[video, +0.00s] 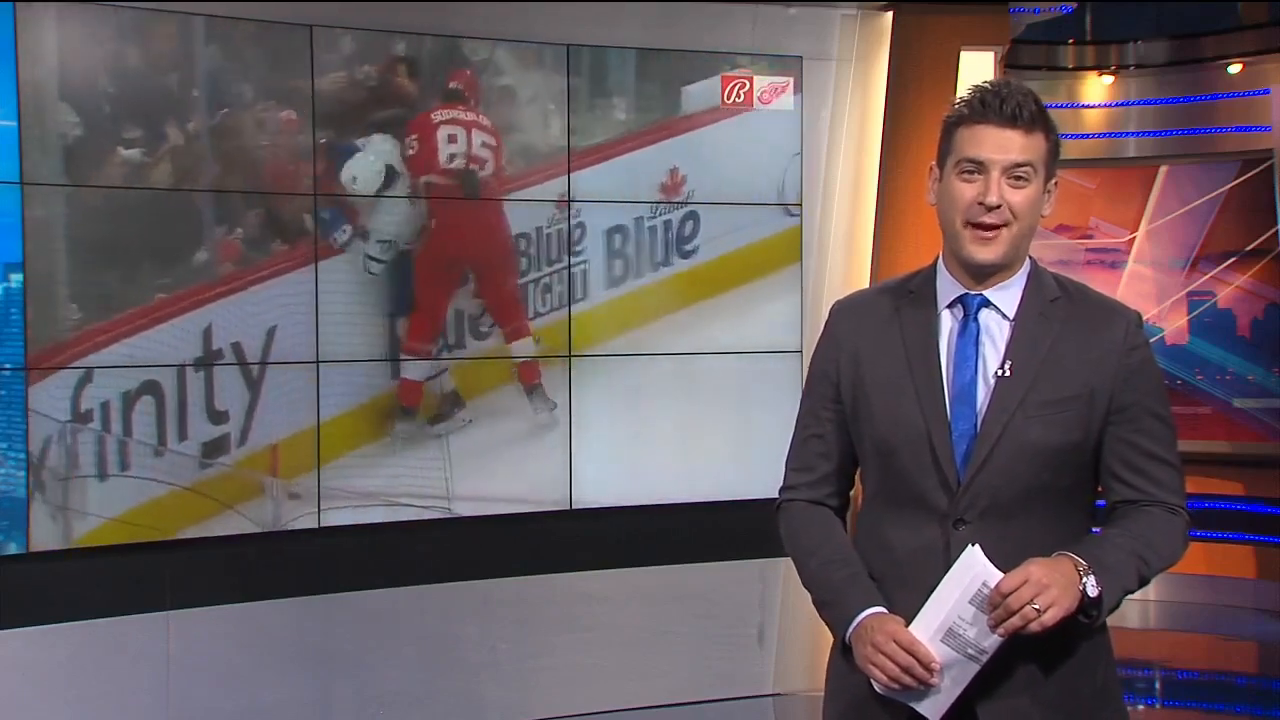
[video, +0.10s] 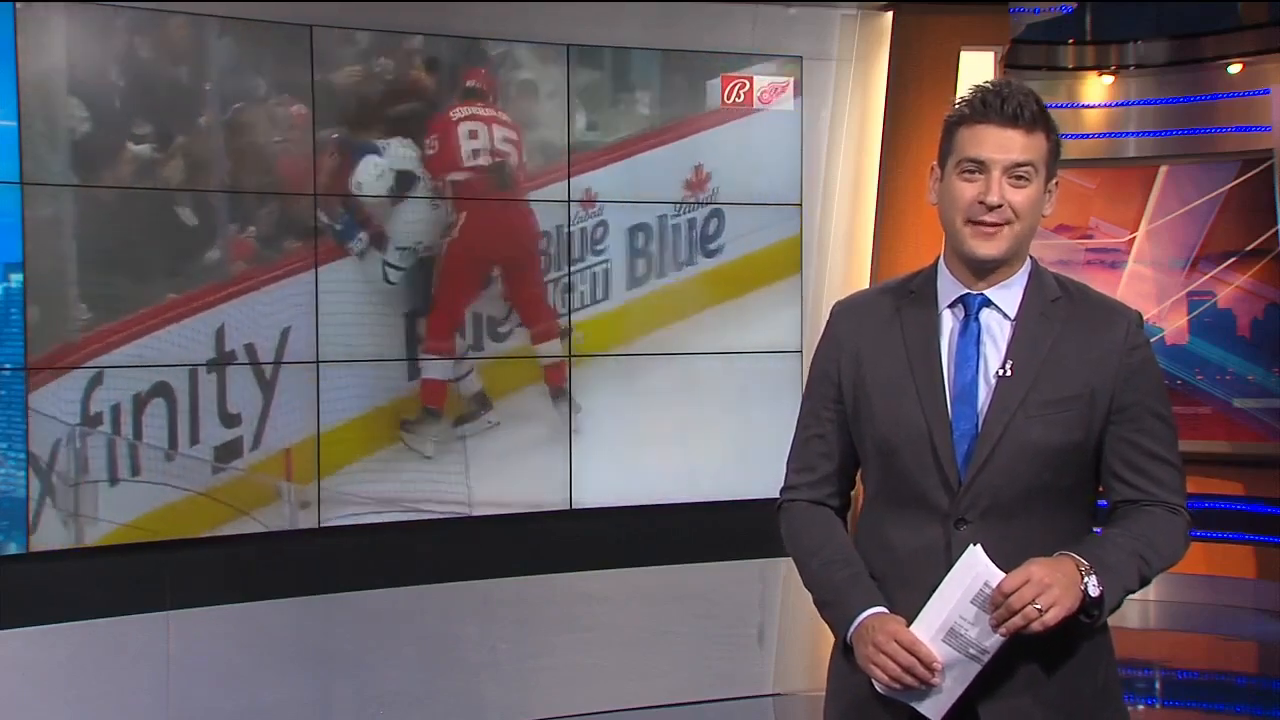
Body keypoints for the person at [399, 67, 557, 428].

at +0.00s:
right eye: (473, 91)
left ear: (444, 92)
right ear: (474, 95)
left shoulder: (423, 122)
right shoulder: (488, 126)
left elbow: (417, 177)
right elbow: (498, 179)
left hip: (445, 229)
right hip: (490, 227)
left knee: (427, 312)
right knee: (507, 305)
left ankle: (408, 405)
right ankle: (536, 392)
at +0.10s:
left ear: (459, 91)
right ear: (491, 93)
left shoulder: (444, 120)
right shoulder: (510, 124)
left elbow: (437, 173)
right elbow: (518, 174)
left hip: (474, 223)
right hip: (519, 220)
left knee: (444, 312)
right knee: (532, 300)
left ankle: (432, 409)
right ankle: (561, 389)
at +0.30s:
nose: (480, 99)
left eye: (484, 93)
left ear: (495, 97)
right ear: (526, 96)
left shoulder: (484, 124)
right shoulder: (552, 121)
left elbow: (483, 188)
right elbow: (561, 175)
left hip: (522, 223)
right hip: (569, 221)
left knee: (482, 314)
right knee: (586, 307)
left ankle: (477, 408)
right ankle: (606, 397)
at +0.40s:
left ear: (514, 100)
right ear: (543, 99)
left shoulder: (507, 126)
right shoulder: (573, 120)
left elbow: (509, 187)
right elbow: (582, 175)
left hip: (546, 219)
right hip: (592, 219)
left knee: (494, 304)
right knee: (601, 304)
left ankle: (483, 402)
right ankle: (618, 396)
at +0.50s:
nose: (523, 120)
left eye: (522, 114)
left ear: (526, 109)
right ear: (554, 104)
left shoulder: (524, 130)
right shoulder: (586, 123)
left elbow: (529, 184)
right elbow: (604, 178)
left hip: (565, 219)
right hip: (609, 219)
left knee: (512, 301)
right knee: (611, 299)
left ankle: (477, 397)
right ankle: (635, 394)